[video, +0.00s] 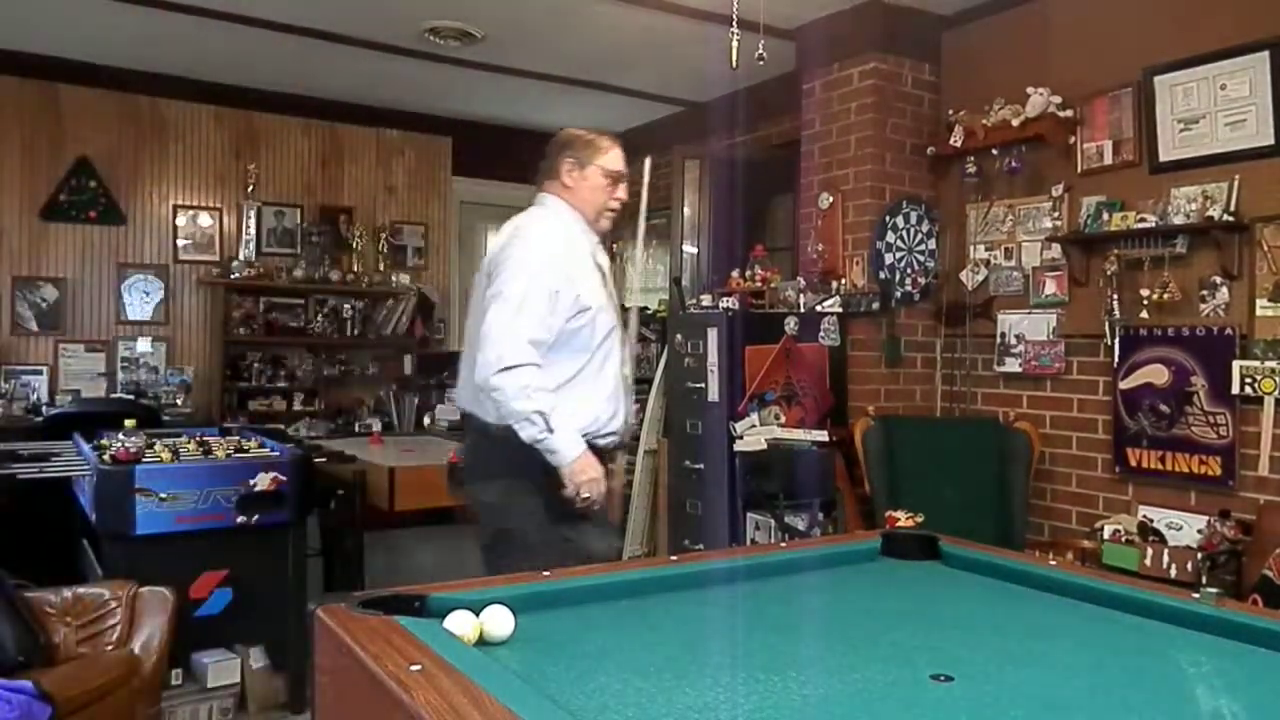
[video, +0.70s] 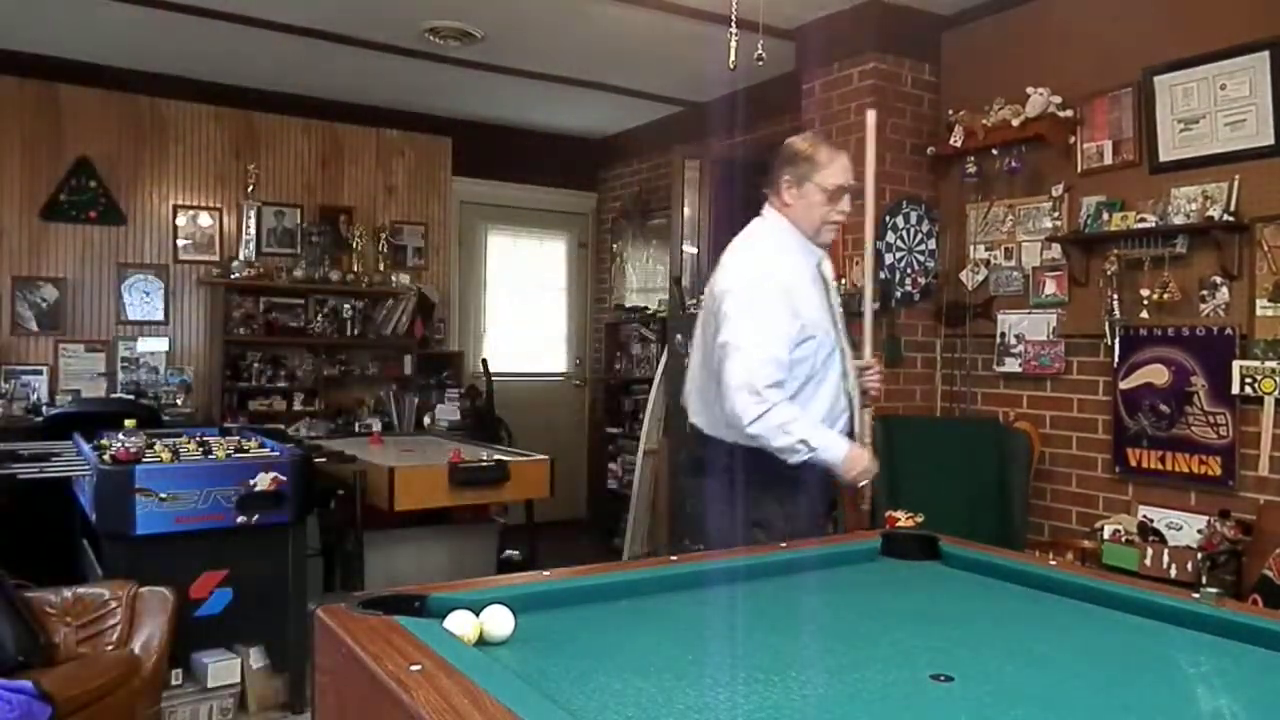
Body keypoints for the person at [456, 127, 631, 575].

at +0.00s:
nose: (622, 195)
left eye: (625, 183)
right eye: (612, 179)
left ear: (572, 175)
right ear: (570, 173)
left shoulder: (569, 239)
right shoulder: (542, 239)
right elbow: (504, 366)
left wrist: (595, 449)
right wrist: (570, 454)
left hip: (551, 460)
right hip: (525, 459)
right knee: (547, 623)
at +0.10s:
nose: (649, 197)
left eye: (651, 184)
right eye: (637, 181)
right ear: (594, 177)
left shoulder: (600, 244)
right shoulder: (567, 242)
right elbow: (523, 370)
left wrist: (643, 411)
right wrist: (596, 456)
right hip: (556, 464)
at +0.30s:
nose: (717, 220)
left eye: (720, 208)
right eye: (706, 204)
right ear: (662, 198)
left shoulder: (672, 262)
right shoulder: (630, 259)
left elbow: (644, 384)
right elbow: (586, 395)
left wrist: (713, 405)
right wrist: (656, 476)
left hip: (661, 478)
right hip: (616, 481)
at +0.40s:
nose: (758, 231)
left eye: (763, 219)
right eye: (750, 216)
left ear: (711, 212)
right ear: (709, 210)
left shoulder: (709, 269)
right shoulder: (674, 272)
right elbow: (636, 414)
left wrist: (751, 403)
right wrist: (704, 494)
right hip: (658, 488)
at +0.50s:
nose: (799, 230)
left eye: (803, 218)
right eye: (791, 216)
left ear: (750, 211)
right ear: (748, 208)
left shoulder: (748, 266)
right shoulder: (710, 274)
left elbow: (730, 380)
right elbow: (689, 421)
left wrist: (786, 392)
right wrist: (757, 493)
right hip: (692, 481)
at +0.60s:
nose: (825, 217)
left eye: (829, 205)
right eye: (817, 203)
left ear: (775, 199)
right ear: (773, 197)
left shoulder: (776, 260)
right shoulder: (740, 265)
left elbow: (763, 371)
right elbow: (729, 410)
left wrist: (820, 383)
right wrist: (804, 473)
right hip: (726, 474)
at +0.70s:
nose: (846, 208)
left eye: (849, 195)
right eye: (833, 194)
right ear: (788, 191)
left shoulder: (801, 256)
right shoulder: (760, 262)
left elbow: (791, 365)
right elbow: (751, 401)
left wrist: (848, 375)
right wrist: (839, 453)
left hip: (794, 466)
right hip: (754, 470)